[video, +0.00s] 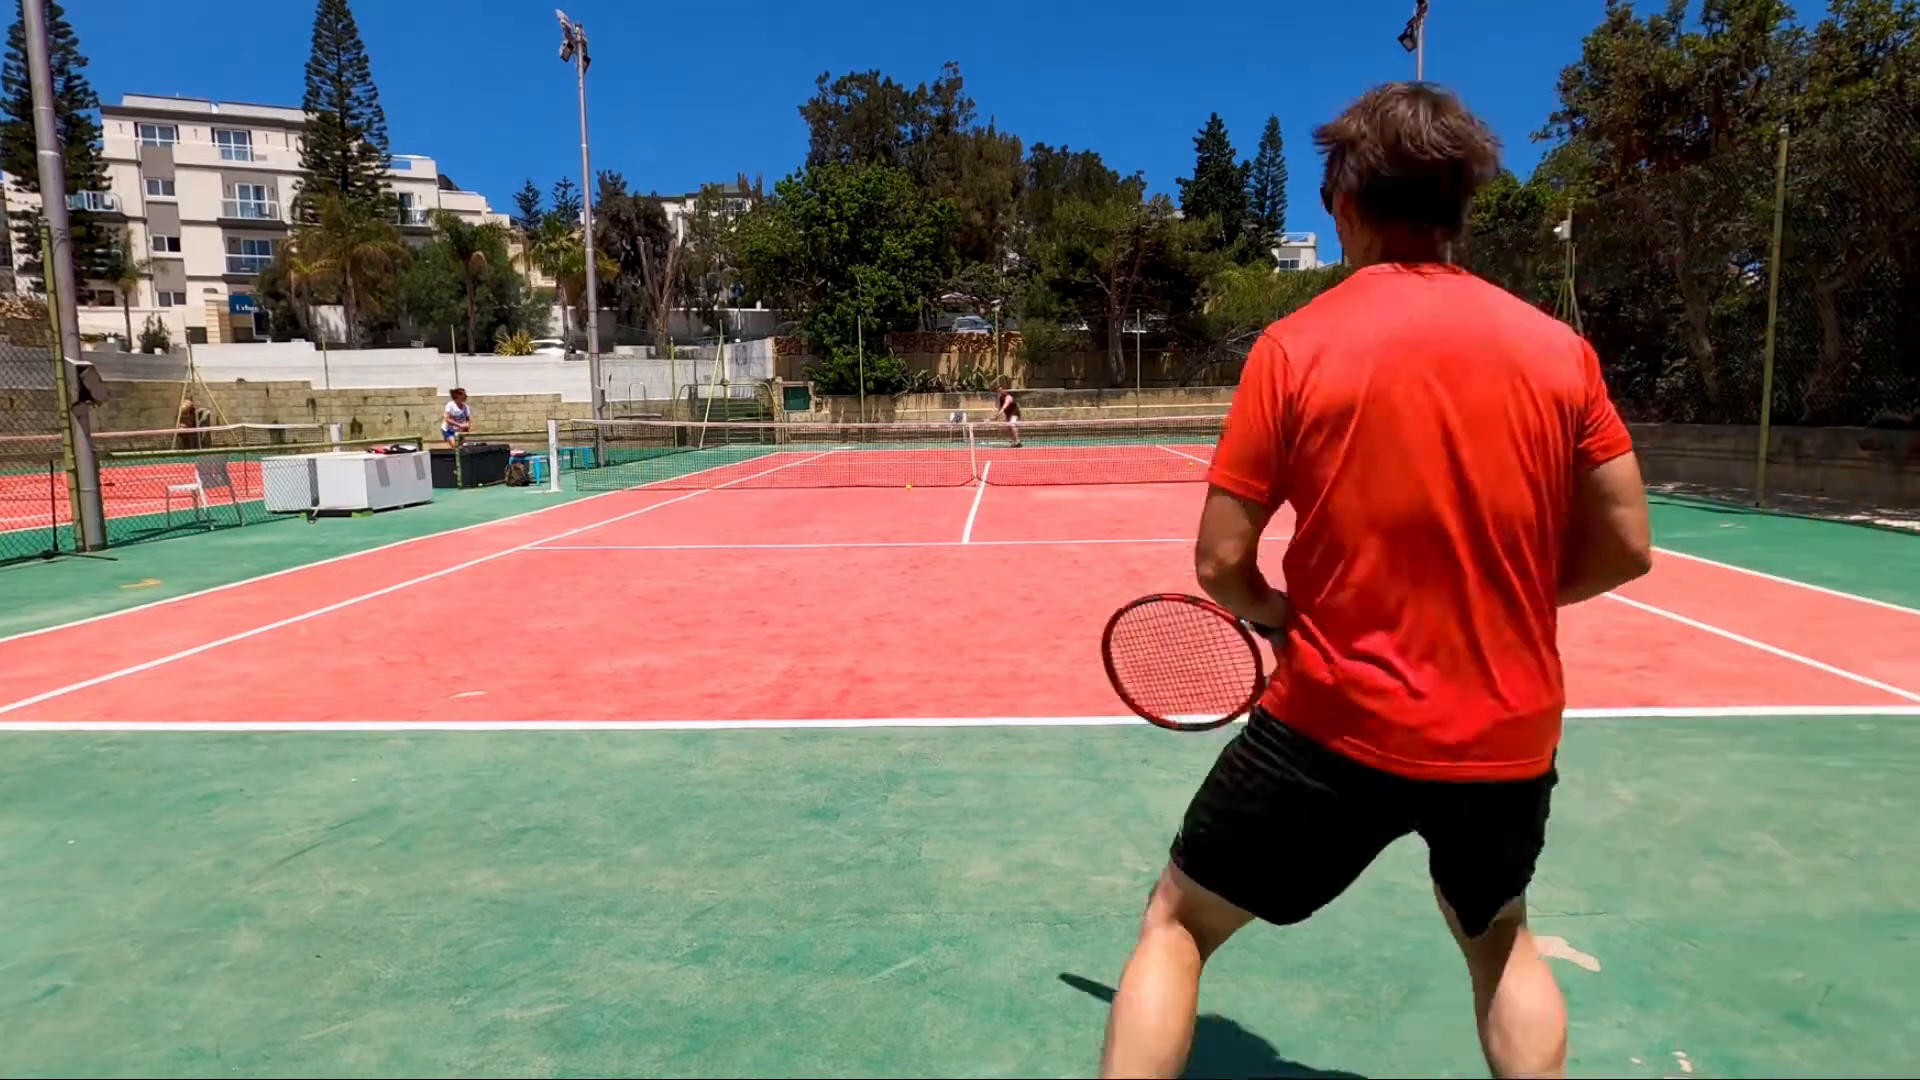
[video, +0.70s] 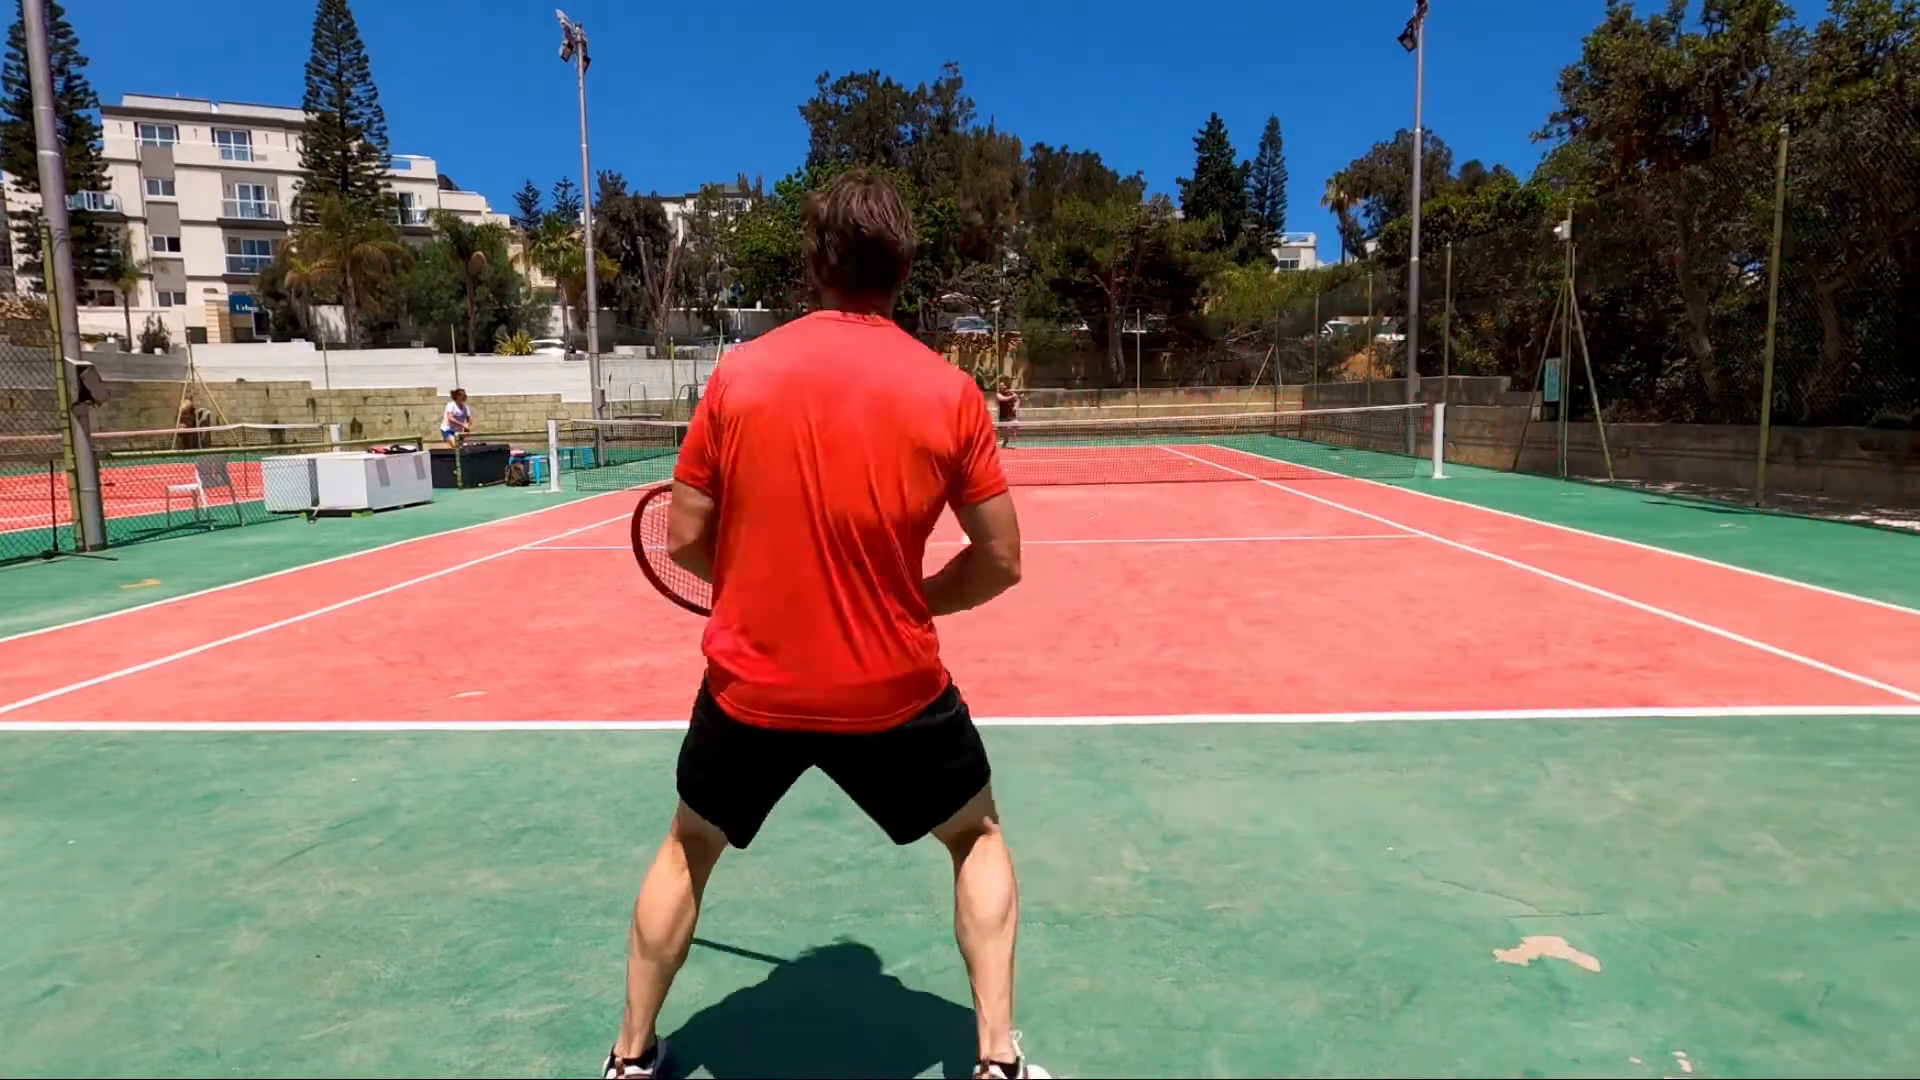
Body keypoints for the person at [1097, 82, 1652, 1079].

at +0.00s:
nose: (1332, 204)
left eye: (1336, 186)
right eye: (1338, 185)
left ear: (1349, 198)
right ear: (1464, 203)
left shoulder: (1297, 347)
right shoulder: (1555, 347)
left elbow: (1222, 561)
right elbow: (1621, 546)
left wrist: (1285, 614)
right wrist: (1497, 590)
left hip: (1336, 729)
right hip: (1505, 739)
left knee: (1182, 924)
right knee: (1501, 934)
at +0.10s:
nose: (1224, 240)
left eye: (1226, 225)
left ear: (1233, 234)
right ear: (1338, 234)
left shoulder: (1179, 371)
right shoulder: (1418, 375)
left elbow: (1113, 576)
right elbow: (1477, 566)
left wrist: (1158, 611)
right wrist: (1371, 600)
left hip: (1211, 737)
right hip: (1376, 747)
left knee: (1049, 916)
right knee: (1438, 931)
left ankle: (941, 1075)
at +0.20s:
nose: (1105, 243)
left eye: (1107, 232)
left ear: (1109, 241)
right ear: (1210, 248)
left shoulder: (1042, 374)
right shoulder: (1271, 383)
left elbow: (982, 567)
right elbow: (1343, 563)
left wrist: (1046, 614)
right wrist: (1227, 586)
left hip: (1069, 719)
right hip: (1227, 728)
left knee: (950, 887)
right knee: (1346, 924)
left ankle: (893, 1071)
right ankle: (1463, 1075)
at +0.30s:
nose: (1025, 202)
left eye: (1020, 190)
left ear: (1018, 200)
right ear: (1115, 205)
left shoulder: (947, 329)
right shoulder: (1169, 341)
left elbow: (873, 506)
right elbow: (1242, 520)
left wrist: (956, 562)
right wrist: (1130, 556)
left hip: (974, 675)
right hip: (1123, 677)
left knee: (917, 877)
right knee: (1234, 883)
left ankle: (880, 1071)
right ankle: (1313, 1073)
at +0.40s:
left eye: (956, 132)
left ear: (953, 145)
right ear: (1056, 147)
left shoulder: (886, 272)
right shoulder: (1113, 280)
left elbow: (817, 441)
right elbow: (1170, 457)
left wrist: (892, 513)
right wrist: (1067, 507)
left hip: (920, 610)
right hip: (1059, 611)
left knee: (874, 837)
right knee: (1117, 838)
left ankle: (839, 1057)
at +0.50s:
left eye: (905, 138)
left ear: (906, 148)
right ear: (1008, 150)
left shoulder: (836, 274)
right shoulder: (1061, 279)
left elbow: (774, 442)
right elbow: (1115, 450)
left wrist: (853, 509)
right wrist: (1017, 500)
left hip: (862, 604)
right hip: (1002, 607)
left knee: (804, 826)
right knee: (1042, 841)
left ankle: (741, 1046)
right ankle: (1039, 1065)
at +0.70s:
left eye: (818, 252)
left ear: (812, 262)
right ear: (904, 270)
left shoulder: (741, 373)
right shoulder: (945, 389)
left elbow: (688, 534)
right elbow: (1000, 560)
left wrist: (758, 580)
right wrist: (907, 603)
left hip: (754, 686)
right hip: (891, 689)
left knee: (689, 848)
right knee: (973, 836)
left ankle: (631, 1050)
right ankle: (998, 1052)